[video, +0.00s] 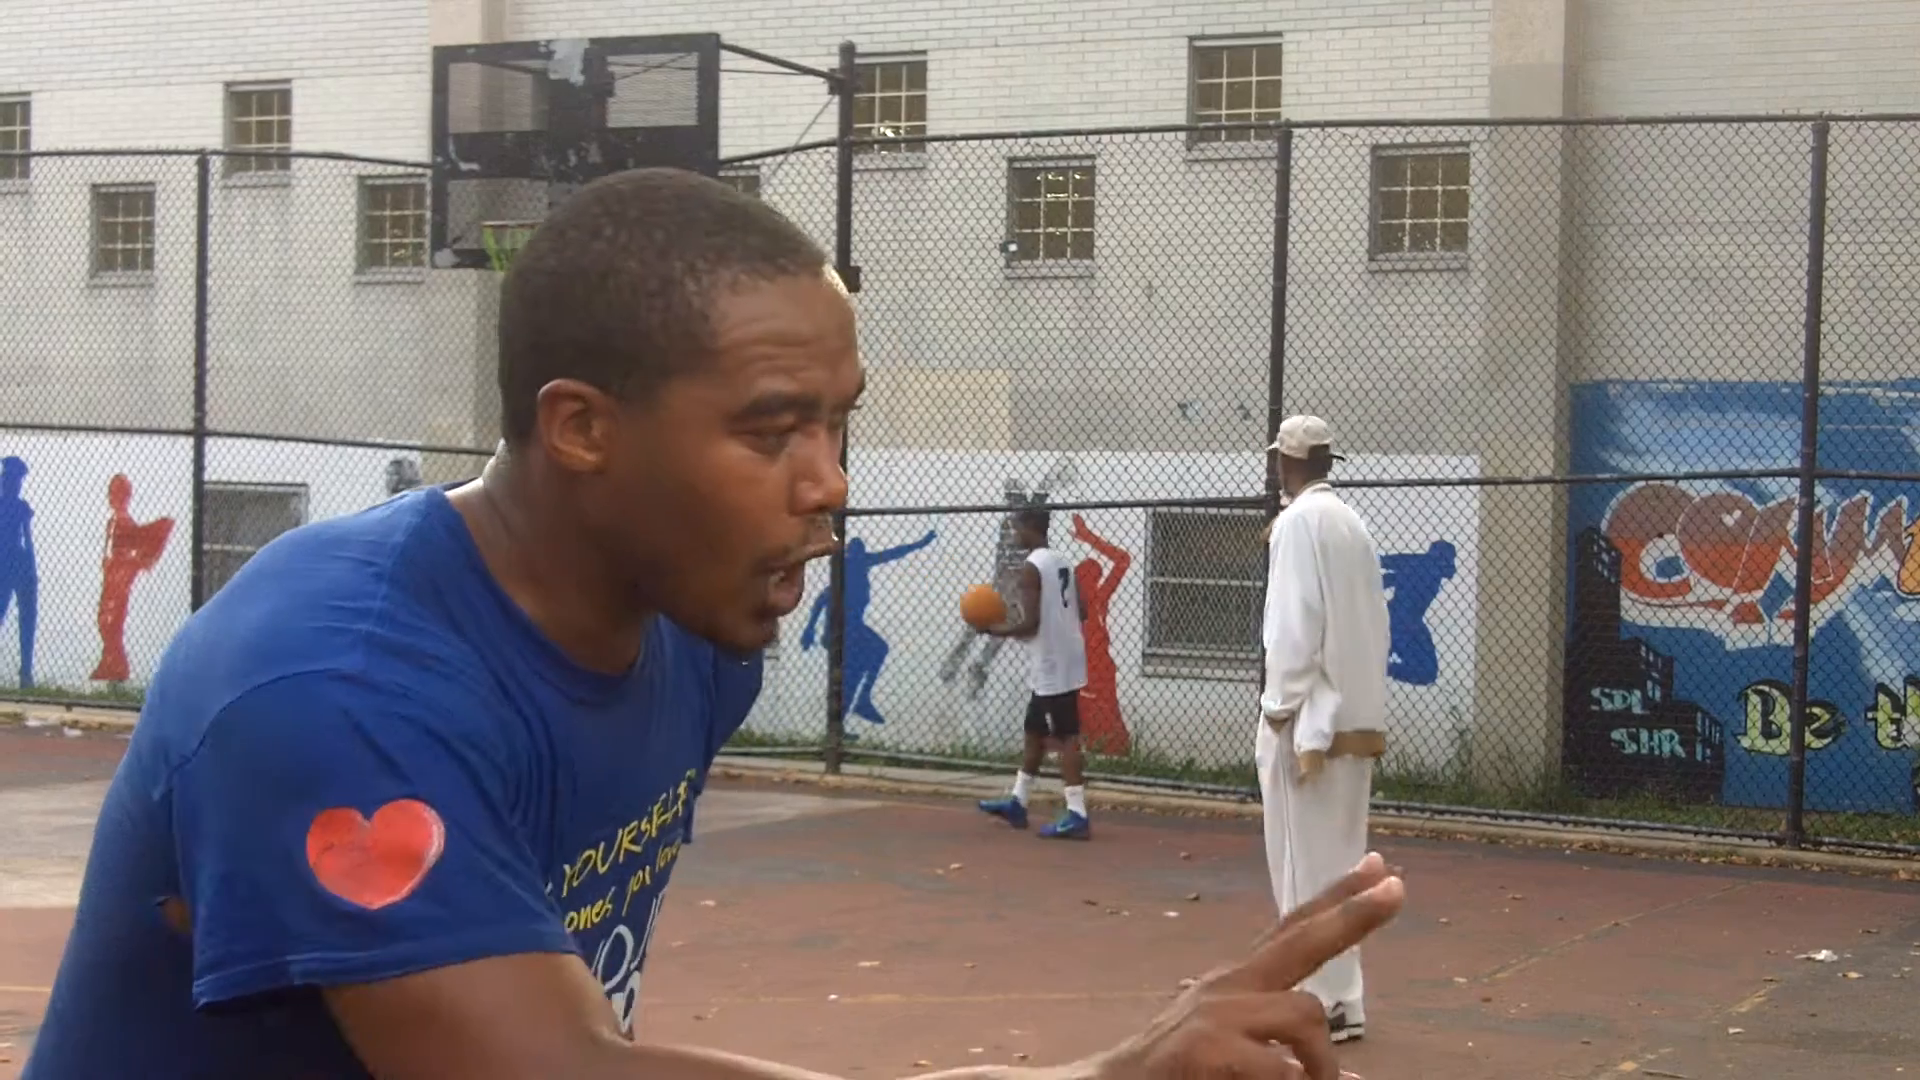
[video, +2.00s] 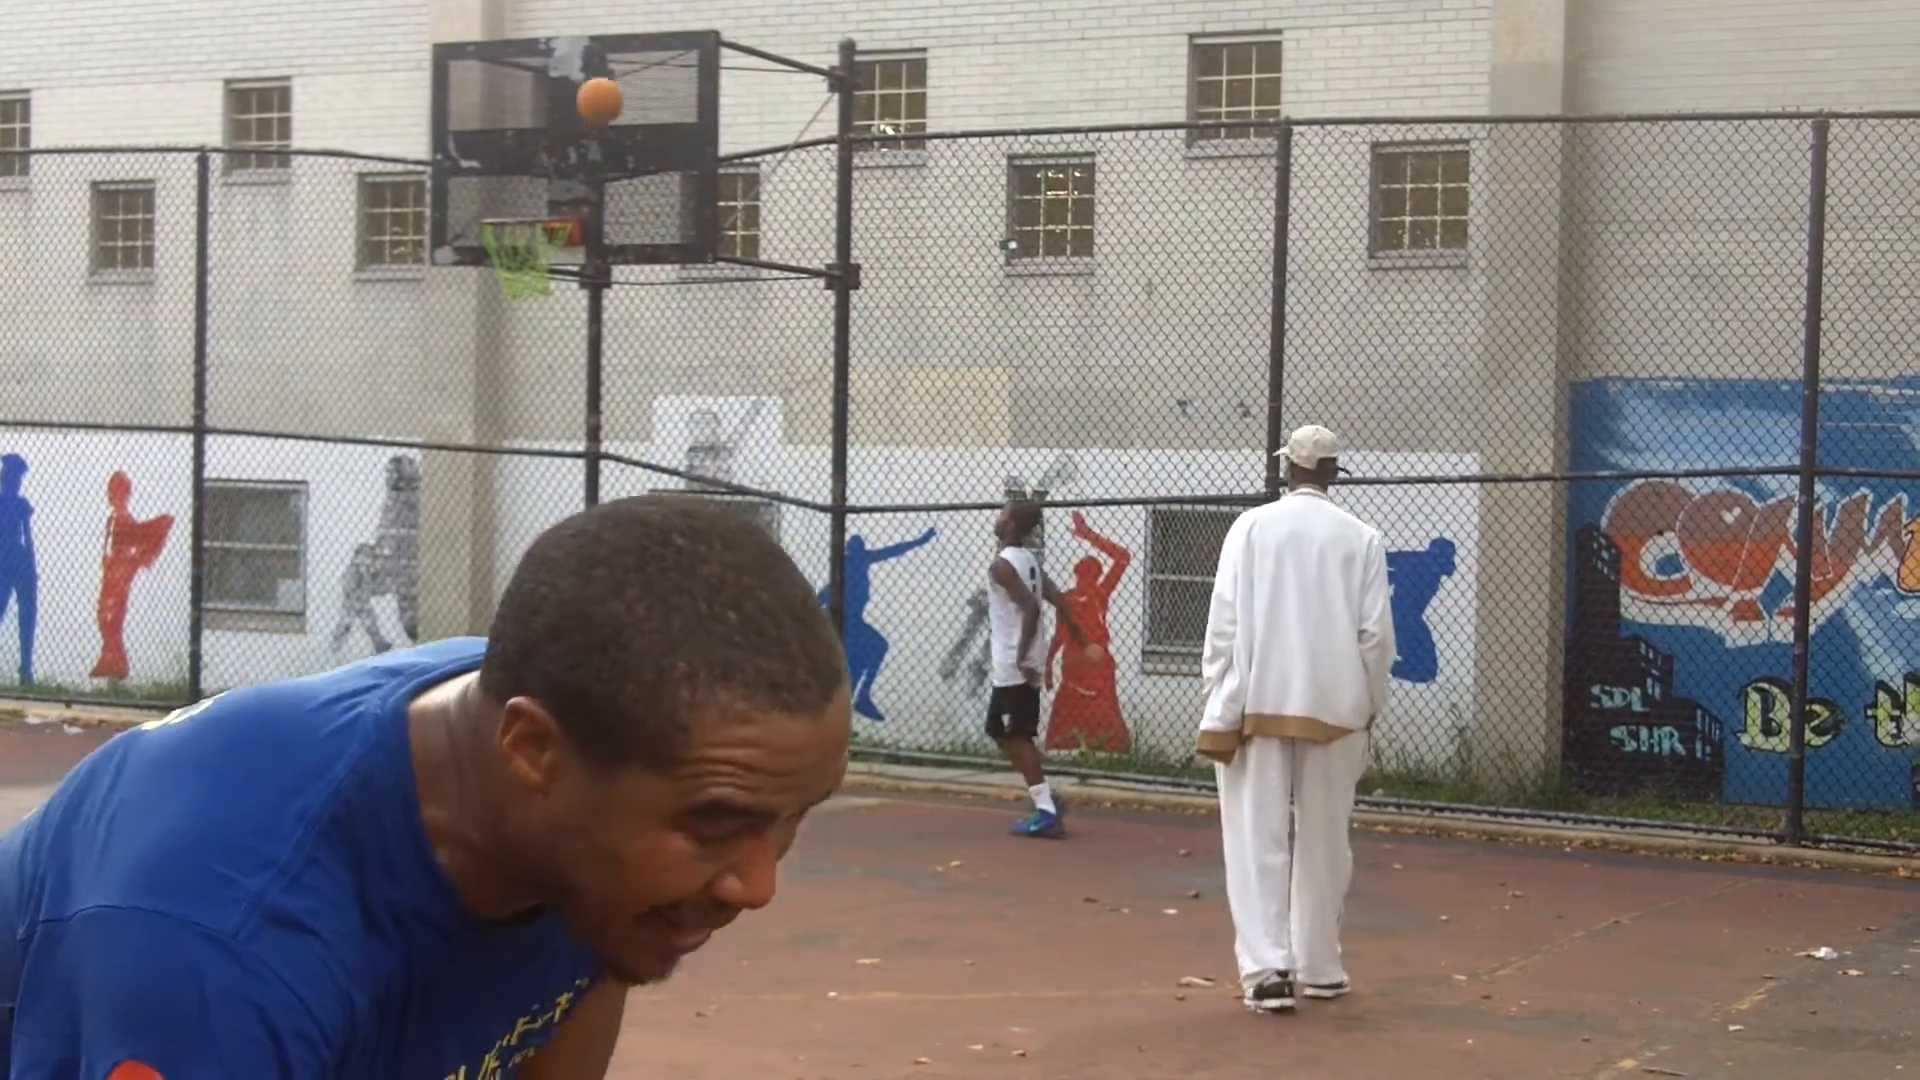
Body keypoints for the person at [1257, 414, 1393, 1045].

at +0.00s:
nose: (1272, 471)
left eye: (1275, 462)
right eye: (1275, 461)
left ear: (1286, 464)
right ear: (1326, 464)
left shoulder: (1299, 521)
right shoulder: (1353, 524)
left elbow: (1296, 629)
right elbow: (1371, 626)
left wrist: (1278, 710)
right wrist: (1358, 707)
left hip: (1306, 721)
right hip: (1355, 720)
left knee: (1304, 863)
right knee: (1338, 858)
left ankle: (1327, 1003)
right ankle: (1343, 1000)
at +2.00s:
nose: (1319, 481)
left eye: (1287, 469)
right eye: (1330, 472)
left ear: (1284, 472)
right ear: (1333, 476)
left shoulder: (1248, 528)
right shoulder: (1361, 537)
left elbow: (1222, 628)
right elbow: (1377, 635)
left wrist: (1219, 709)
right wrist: (1370, 714)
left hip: (1254, 706)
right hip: (1332, 709)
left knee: (1255, 841)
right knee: (1325, 839)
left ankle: (1266, 970)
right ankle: (1319, 969)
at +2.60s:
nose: (1367, 471)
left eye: (1353, 461)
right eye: (1381, 466)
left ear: (1342, 463)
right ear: (1389, 470)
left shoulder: (1295, 518)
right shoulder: (1398, 538)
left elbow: (1256, 612)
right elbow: (1397, 637)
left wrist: (1252, 690)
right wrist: (1394, 706)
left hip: (1282, 695)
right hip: (1352, 703)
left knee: (1274, 826)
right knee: (1340, 835)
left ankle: (1274, 950)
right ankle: (1322, 971)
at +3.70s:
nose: (1424, 479)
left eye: (1409, 471)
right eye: (1428, 472)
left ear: (1385, 475)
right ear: (1429, 476)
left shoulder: (1349, 530)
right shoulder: (1453, 533)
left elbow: (1321, 625)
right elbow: (1464, 628)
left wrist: (1326, 697)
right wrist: (1472, 696)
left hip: (1357, 697)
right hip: (1429, 698)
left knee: (1355, 825)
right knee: (1441, 828)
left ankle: (1357, 947)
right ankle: (1454, 956)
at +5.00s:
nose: (1426, 476)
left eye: (1429, 468)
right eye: (1428, 467)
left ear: (1443, 471)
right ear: (1477, 475)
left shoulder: (1417, 521)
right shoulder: (1512, 535)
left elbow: (1396, 614)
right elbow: (1531, 626)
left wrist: (1383, 687)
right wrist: (1514, 691)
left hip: (1421, 694)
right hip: (1487, 696)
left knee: (1417, 822)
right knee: (1480, 822)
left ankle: (1428, 950)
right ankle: (1472, 955)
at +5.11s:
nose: (1416, 478)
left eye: (1420, 469)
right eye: (1418, 468)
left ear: (1436, 470)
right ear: (1469, 473)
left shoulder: (1414, 522)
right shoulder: (1505, 534)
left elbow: (1397, 614)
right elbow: (1526, 623)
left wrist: (1383, 688)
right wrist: (1510, 691)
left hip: (1422, 695)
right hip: (1487, 696)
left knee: (1419, 823)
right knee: (1479, 822)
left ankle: (1429, 954)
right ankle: (1473, 956)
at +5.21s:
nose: (1406, 476)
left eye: (1411, 468)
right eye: (1408, 467)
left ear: (1430, 470)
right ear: (1456, 472)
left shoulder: (1410, 524)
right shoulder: (1498, 533)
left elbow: (1396, 618)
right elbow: (1522, 623)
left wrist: (1380, 693)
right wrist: (1504, 692)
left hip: (1422, 697)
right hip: (1483, 699)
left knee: (1417, 825)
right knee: (1477, 822)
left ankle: (1431, 956)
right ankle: (1474, 956)